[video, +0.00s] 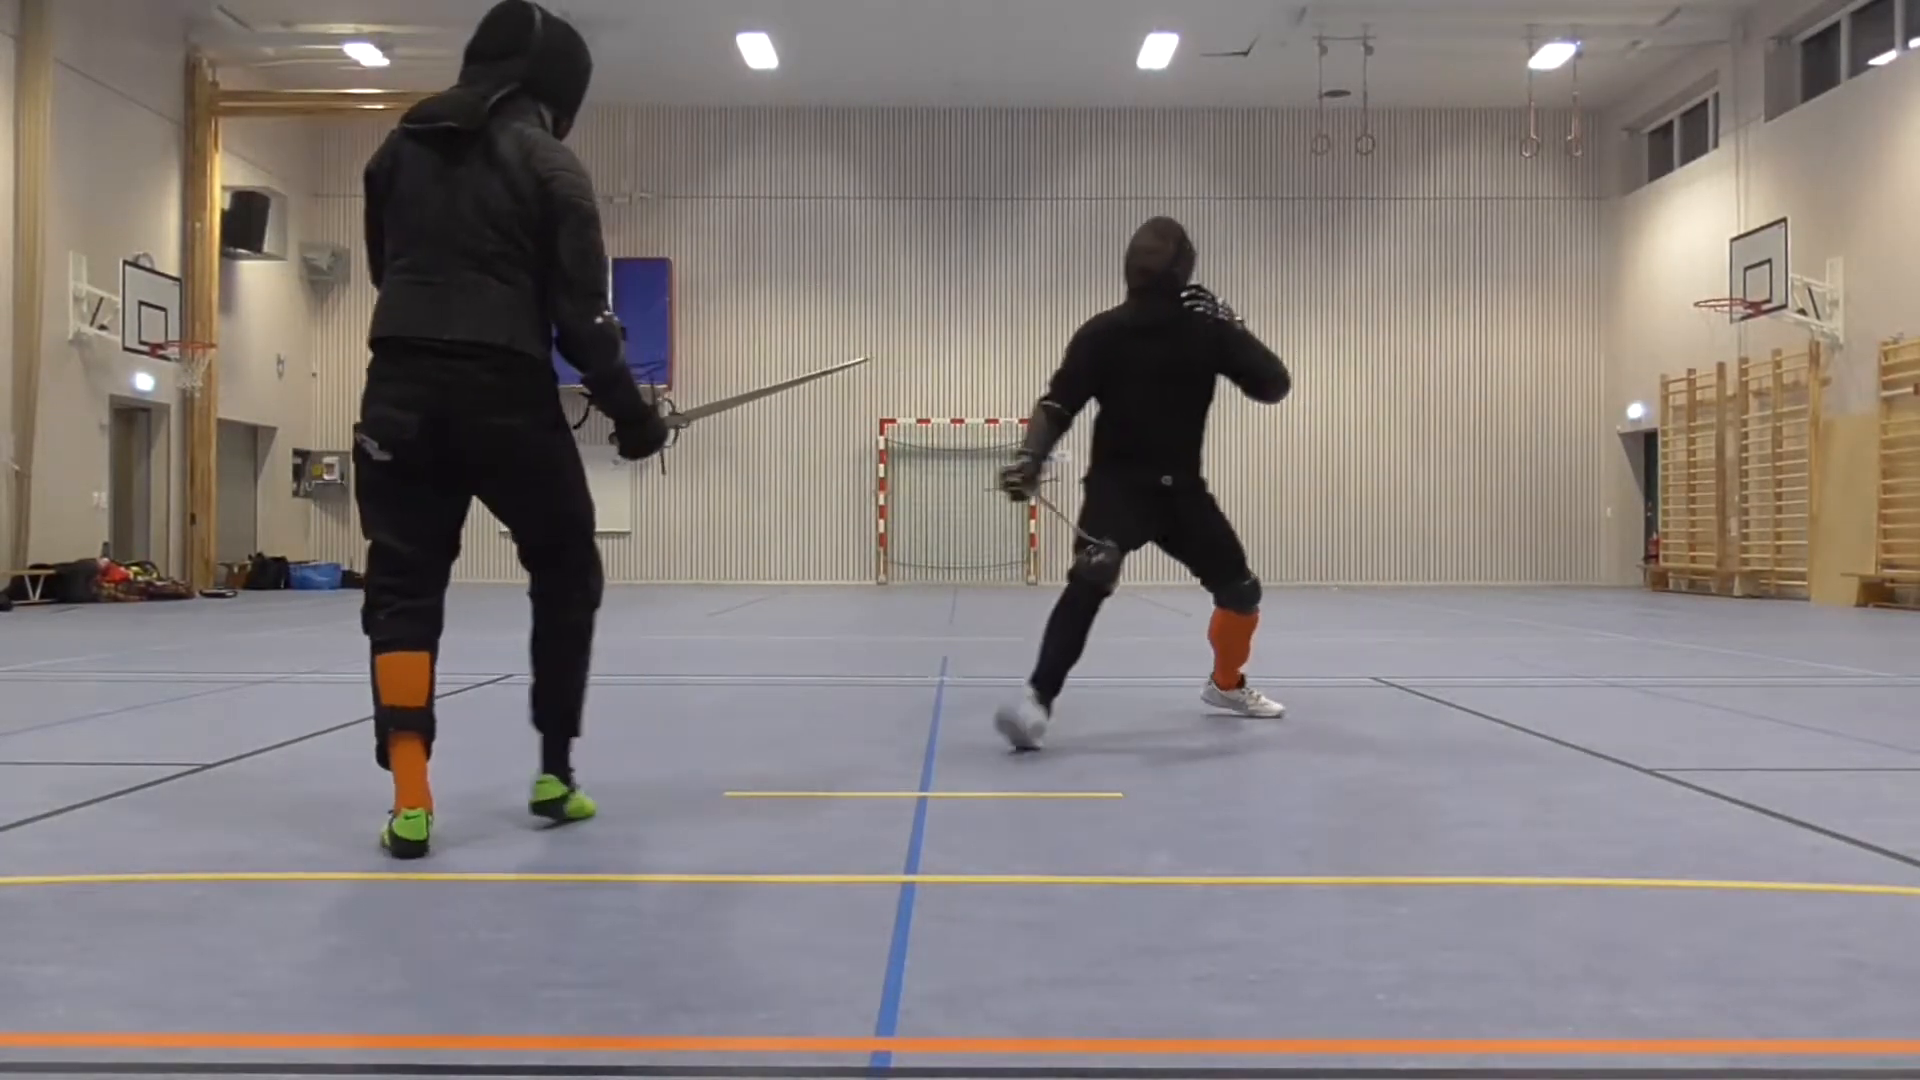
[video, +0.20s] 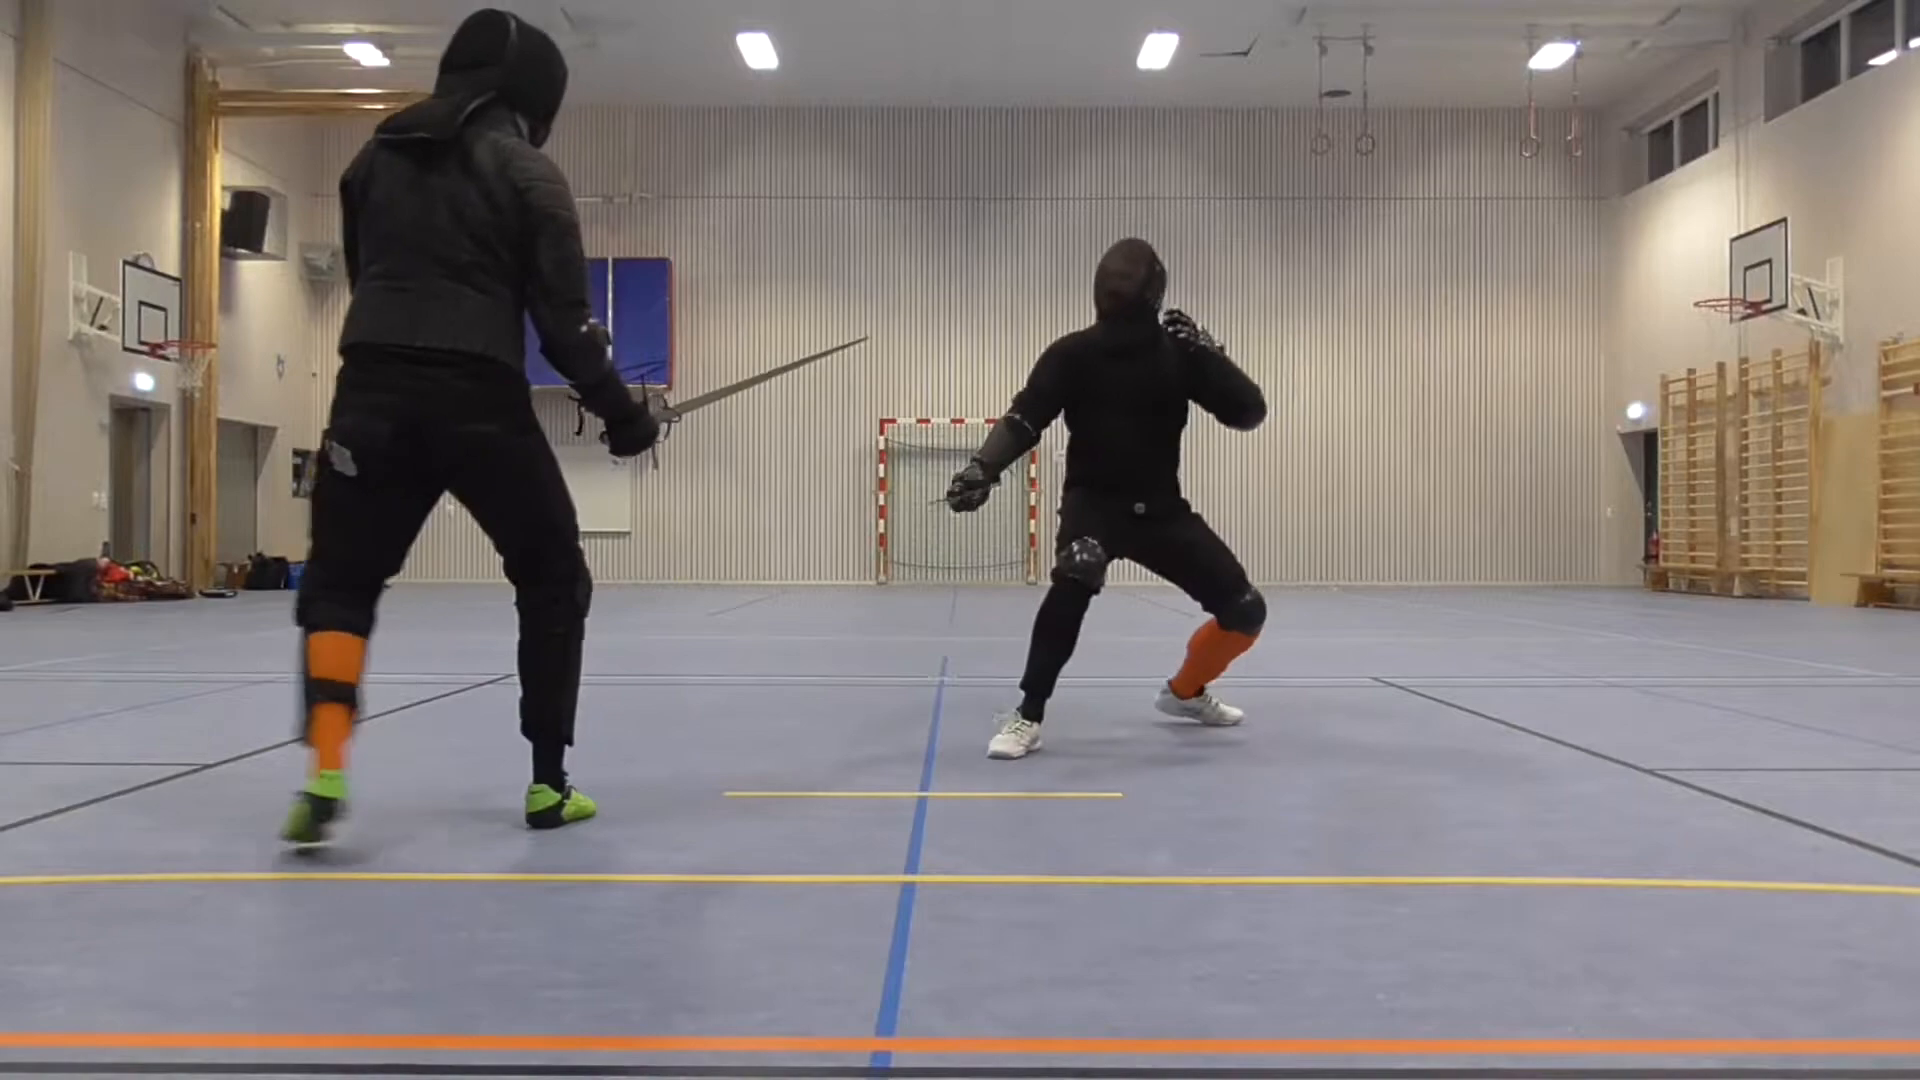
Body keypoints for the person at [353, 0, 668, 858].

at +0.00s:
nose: (571, 111)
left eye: (572, 97)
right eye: (570, 96)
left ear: (480, 68)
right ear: (550, 85)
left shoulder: (398, 152)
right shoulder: (551, 164)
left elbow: (386, 274)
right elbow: (580, 317)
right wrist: (631, 412)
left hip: (401, 395)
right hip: (508, 402)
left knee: (403, 585)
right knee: (565, 565)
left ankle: (409, 804)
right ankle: (553, 772)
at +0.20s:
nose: (550, 115)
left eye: (550, 100)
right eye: (548, 100)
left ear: (456, 77)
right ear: (527, 92)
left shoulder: (373, 160)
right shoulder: (528, 173)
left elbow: (366, 277)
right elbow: (564, 326)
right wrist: (624, 414)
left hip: (373, 401)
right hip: (484, 407)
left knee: (342, 577)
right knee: (552, 578)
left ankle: (324, 776)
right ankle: (548, 783)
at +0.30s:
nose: (522, 123)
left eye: (523, 109)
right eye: (520, 108)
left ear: (427, 82)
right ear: (499, 99)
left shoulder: (345, 169)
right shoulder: (500, 183)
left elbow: (339, 279)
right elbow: (537, 332)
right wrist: (598, 419)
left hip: (345, 412)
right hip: (452, 419)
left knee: (300, 592)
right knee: (539, 583)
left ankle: (215, 778)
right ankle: (545, 785)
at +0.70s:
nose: (425, 100)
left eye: (426, 83)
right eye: (423, 82)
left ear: (326, 52)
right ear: (397, 71)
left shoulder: (235, 142)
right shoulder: (394, 157)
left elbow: (232, 268)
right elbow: (421, 317)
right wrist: (494, 409)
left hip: (233, 399)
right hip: (348, 406)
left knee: (216, 597)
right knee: (441, 583)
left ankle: (176, 827)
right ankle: (479, 788)